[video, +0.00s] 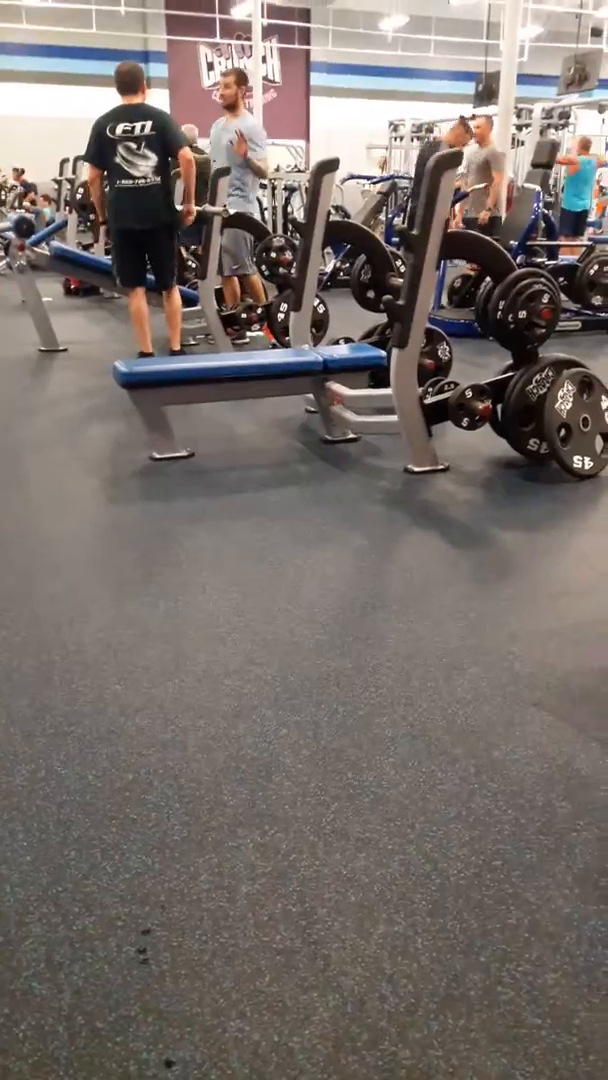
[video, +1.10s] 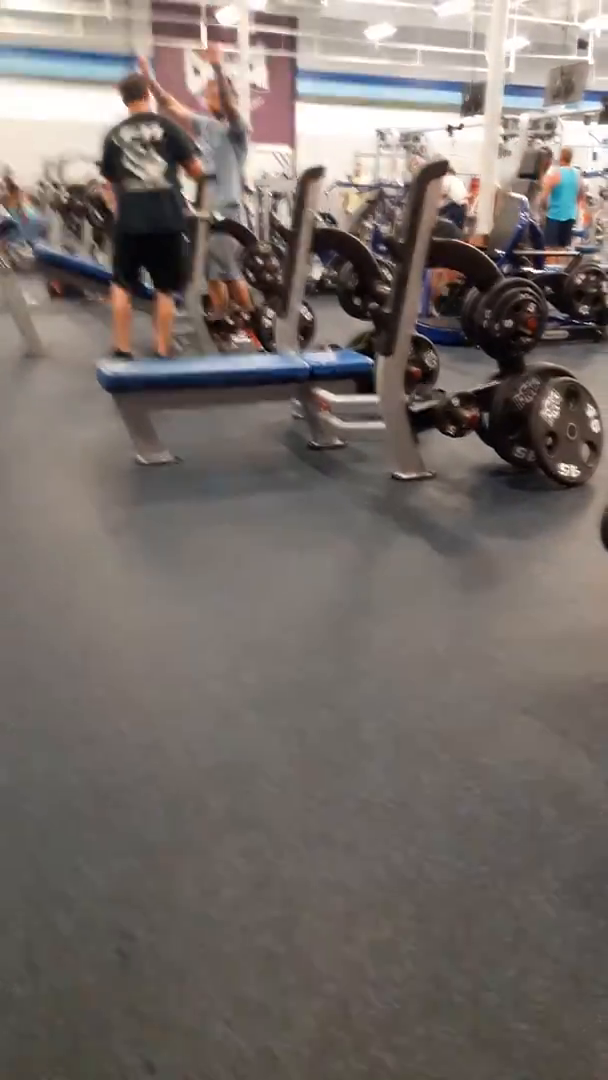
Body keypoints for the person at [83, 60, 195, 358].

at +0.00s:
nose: (146, 88)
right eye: (146, 84)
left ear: (116, 88)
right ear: (144, 86)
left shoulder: (103, 123)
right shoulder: (160, 118)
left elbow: (93, 177)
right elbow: (186, 157)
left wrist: (101, 214)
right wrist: (190, 200)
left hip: (122, 215)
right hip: (159, 212)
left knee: (134, 289)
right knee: (169, 286)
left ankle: (146, 352)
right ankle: (176, 348)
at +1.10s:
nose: (148, 98)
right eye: (148, 93)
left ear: (123, 100)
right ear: (149, 94)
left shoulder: (115, 135)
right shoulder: (167, 127)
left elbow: (109, 180)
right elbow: (195, 168)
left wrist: (118, 211)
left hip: (130, 209)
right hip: (166, 208)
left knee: (121, 283)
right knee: (165, 287)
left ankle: (122, 347)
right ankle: (163, 349)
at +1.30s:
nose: (154, 104)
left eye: (159, 99)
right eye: (155, 98)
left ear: (169, 103)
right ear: (164, 103)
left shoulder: (172, 138)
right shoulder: (156, 135)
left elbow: (156, 173)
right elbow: (150, 171)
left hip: (168, 212)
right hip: (153, 212)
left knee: (169, 270)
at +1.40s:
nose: (168, 146)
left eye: (173, 142)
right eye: (169, 142)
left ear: (184, 148)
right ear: (169, 147)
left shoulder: (192, 178)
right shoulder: (163, 173)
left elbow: (182, 151)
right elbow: (132, 154)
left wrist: (177, 119)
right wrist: (112, 124)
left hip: (181, 250)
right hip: (159, 249)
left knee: (179, 310)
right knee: (160, 313)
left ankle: (194, 364)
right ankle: (163, 365)